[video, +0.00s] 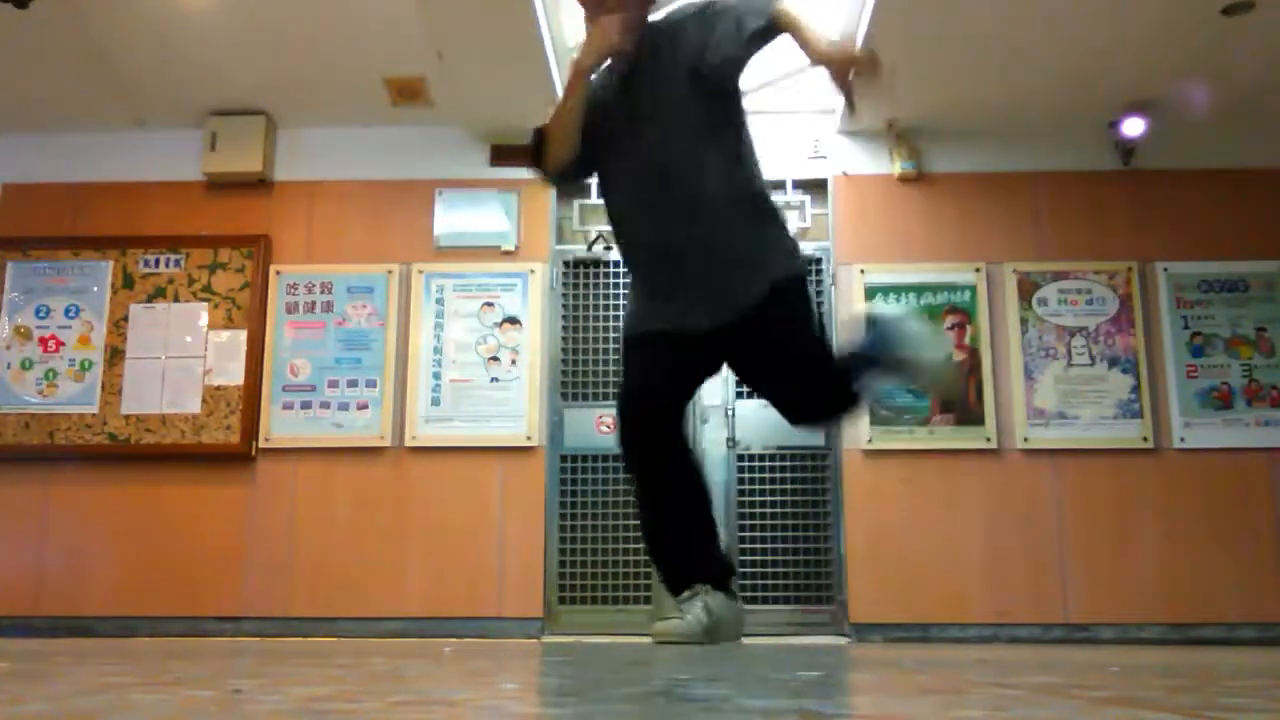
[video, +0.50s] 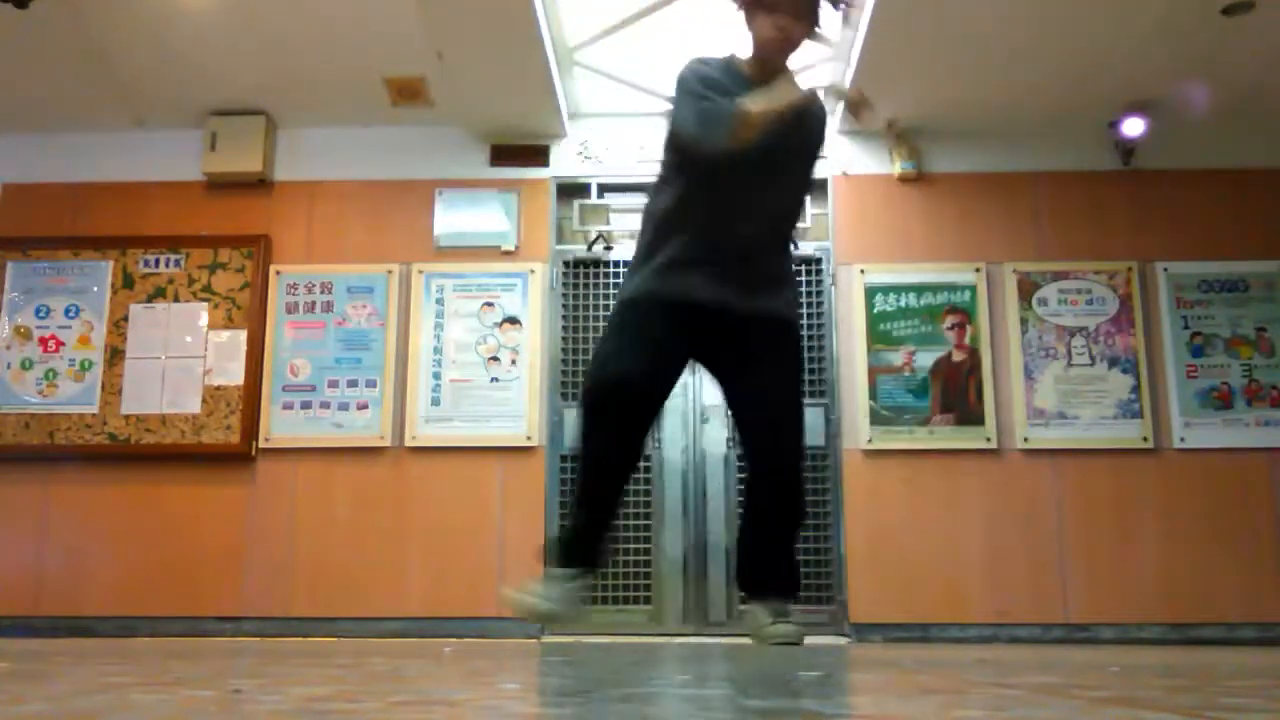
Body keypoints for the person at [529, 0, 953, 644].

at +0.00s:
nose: (603, 14)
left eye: (611, 4)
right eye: (594, 9)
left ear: (639, 2)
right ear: (587, 20)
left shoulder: (684, 34)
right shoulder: (595, 101)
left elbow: (766, 10)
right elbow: (555, 162)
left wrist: (820, 49)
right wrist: (582, 68)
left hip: (750, 270)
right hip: (668, 294)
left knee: (812, 400)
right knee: (646, 430)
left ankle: (882, 348)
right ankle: (707, 595)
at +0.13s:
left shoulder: (737, 8)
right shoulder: (612, 42)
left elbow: (836, 31)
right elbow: (578, 131)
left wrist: (842, 140)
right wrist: (617, 31)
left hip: (759, 228)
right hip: (671, 243)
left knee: (778, 367)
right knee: (675, 417)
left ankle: (785, 452)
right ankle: (692, 574)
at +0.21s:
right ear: (635, 1)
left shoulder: (746, 28)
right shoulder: (617, 58)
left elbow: (844, 76)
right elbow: (594, 128)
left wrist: (829, 177)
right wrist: (633, 42)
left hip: (759, 248)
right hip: (671, 258)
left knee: (763, 403)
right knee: (676, 419)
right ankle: (683, 579)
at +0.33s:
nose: (723, 16)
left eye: (733, 8)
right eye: (710, 6)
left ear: (746, 12)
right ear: (690, 7)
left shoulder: (776, 77)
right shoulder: (648, 74)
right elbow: (639, 135)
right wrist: (694, 56)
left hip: (759, 270)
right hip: (672, 277)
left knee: (750, 422)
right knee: (670, 437)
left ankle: (751, 577)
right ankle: (693, 586)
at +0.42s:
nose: (757, 12)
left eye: (770, 6)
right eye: (749, 1)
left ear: (784, 12)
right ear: (726, 2)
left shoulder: (790, 85)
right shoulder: (678, 62)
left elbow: (778, 189)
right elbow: (678, 124)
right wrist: (750, 63)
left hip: (752, 284)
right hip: (666, 281)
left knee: (758, 431)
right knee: (642, 419)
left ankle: (764, 575)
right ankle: (652, 562)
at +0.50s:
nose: (787, 29)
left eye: (799, 19)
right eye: (776, 14)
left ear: (811, 29)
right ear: (749, 12)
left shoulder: (806, 109)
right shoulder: (705, 79)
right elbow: (700, 136)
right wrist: (772, 105)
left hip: (758, 301)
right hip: (669, 289)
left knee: (777, 450)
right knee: (612, 399)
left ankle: (767, 598)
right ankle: (574, 568)